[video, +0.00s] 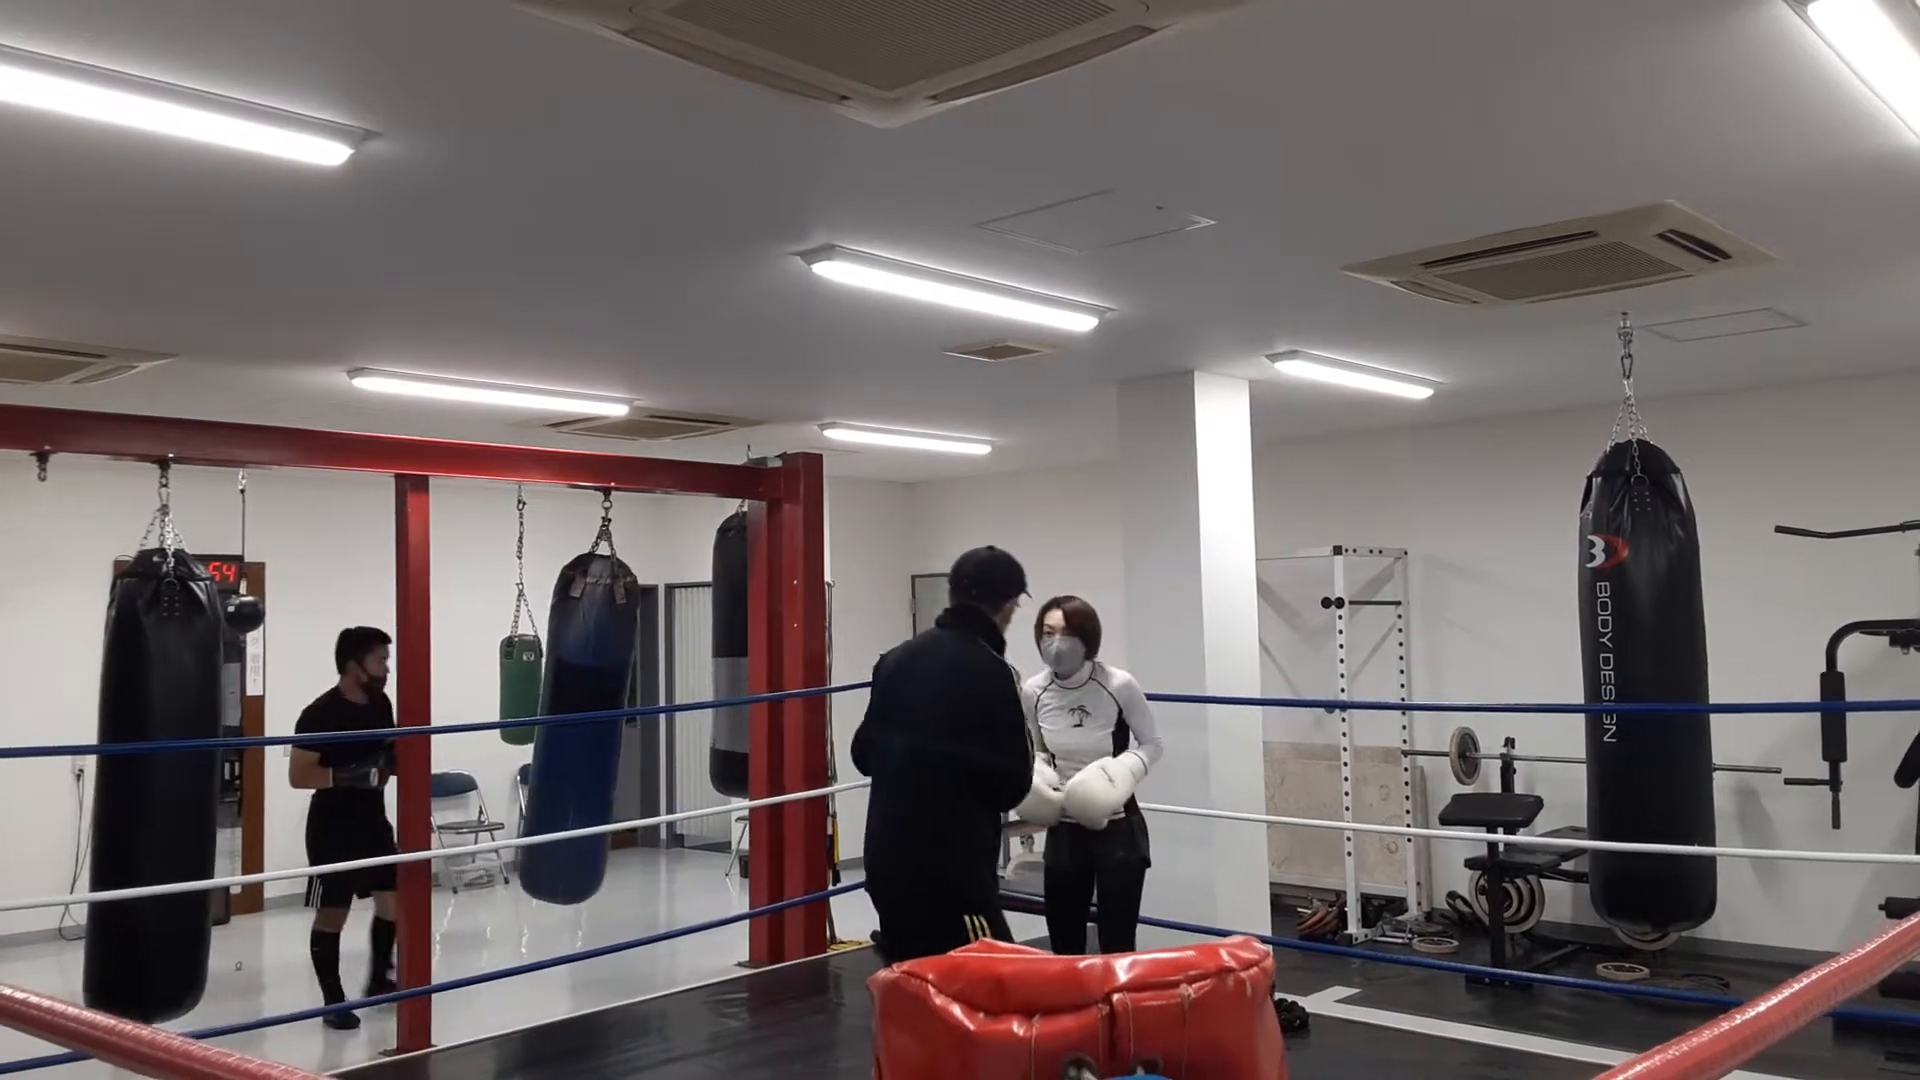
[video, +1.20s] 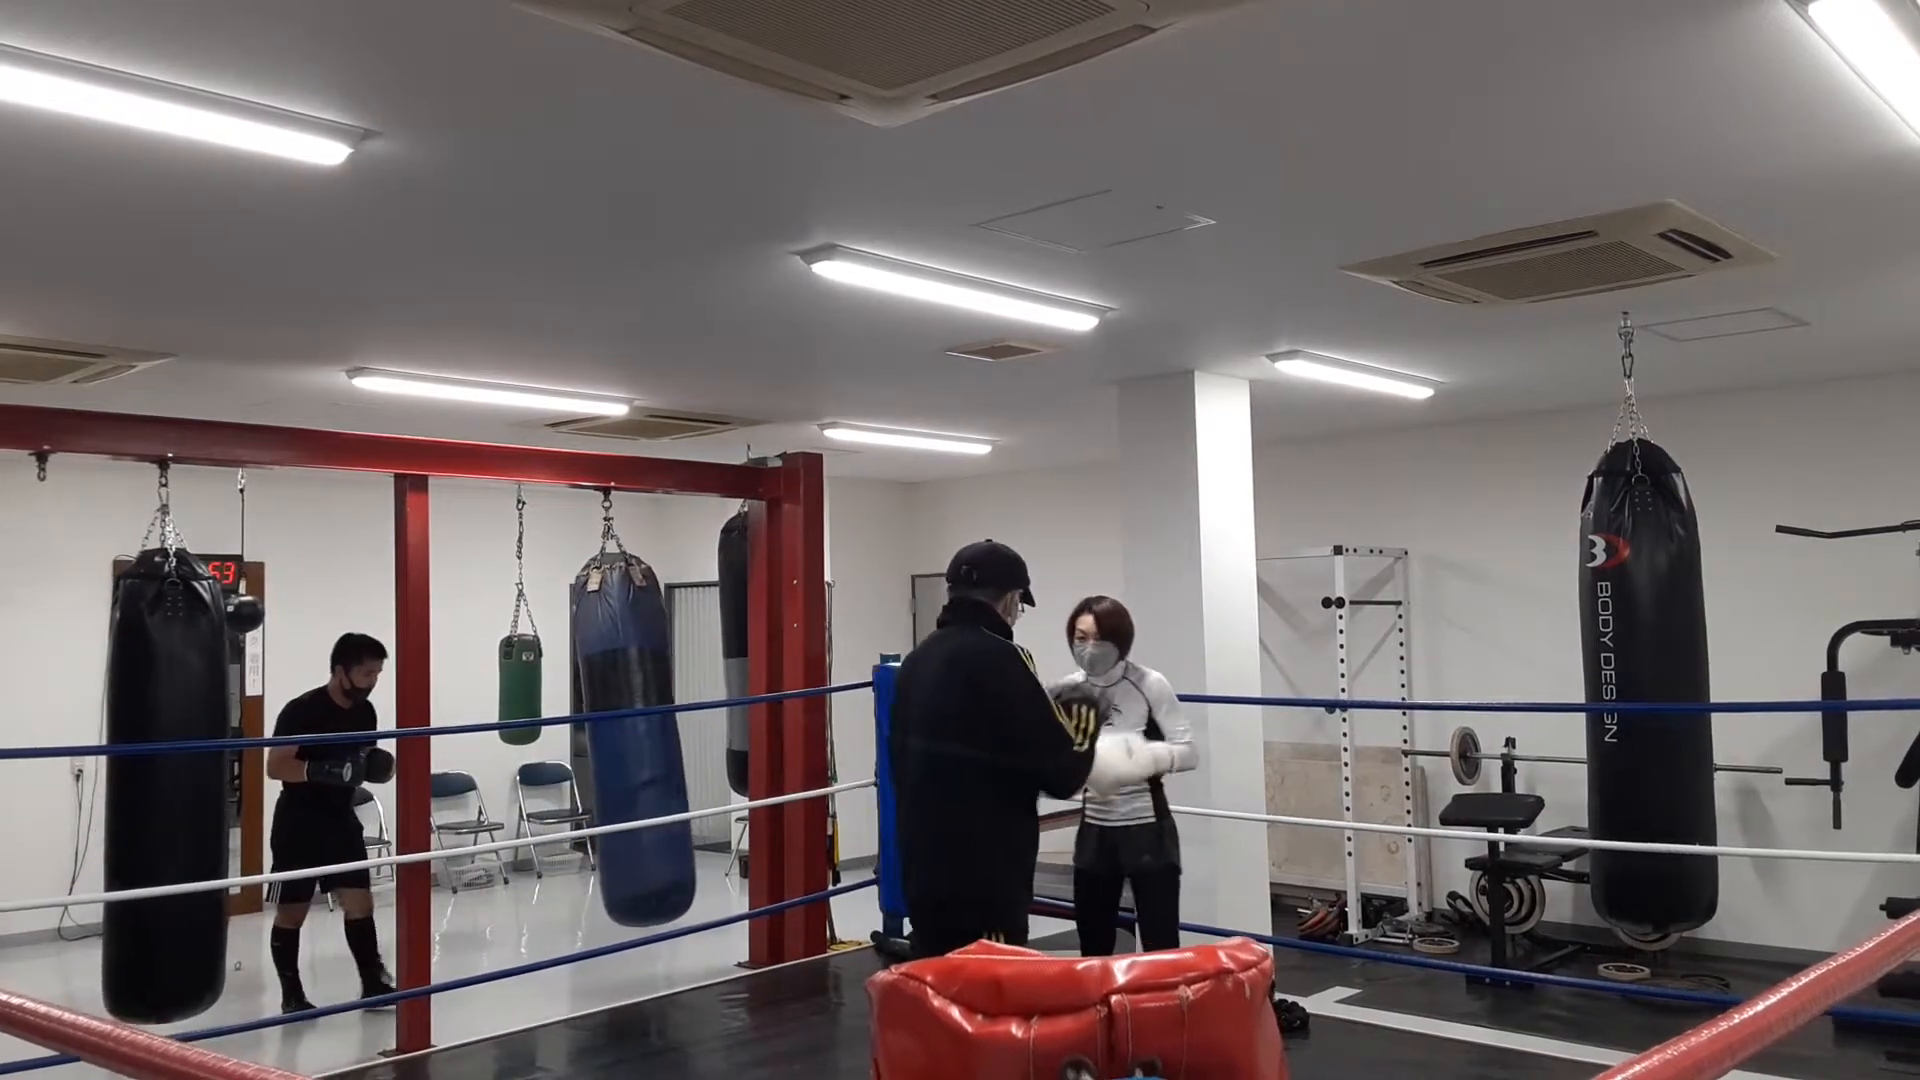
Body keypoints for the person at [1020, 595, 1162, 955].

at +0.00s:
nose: (1055, 643)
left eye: (1067, 634)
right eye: (1047, 633)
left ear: (1087, 639)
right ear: (1039, 639)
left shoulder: (1119, 685)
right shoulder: (1033, 692)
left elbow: (1151, 744)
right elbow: (1035, 751)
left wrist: (1119, 775)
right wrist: (1041, 776)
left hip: (1118, 828)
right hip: (1064, 830)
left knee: (1116, 945)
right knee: (1065, 947)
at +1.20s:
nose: (1089, 648)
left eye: (1099, 638)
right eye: (1080, 638)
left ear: (1119, 640)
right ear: (1071, 641)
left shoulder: (1150, 685)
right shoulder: (1067, 691)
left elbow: (1188, 752)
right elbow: (1050, 752)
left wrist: (1143, 757)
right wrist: (1085, 762)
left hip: (1148, 828)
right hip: (1095, 829)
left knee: (1159, 948)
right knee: (1094, 949)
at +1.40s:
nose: (1098, 642)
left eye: (1107, 631)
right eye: (1096, 633)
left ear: (1126, 637)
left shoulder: (1163, 679)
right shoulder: (1089, 687)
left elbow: (1199, 747)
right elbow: (1080, 759)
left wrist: (1151, 703)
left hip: (1165, 829)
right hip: (1112, 829)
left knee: (1172, 949)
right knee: (1090, 942)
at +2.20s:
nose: (1134, 664)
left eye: (1146, 654)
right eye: (1128, 653)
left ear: (1165, 656)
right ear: (1119, 655)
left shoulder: (1193, 702)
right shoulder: (1127, 716)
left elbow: (1232, 754)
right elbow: (1098, 778)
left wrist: (1184, 705)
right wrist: (1099, 720)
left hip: (1206, 865)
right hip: (1159, 864)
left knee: (1193, 969)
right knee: (1119, 961)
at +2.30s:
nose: (1143, 666)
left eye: (1154, 657)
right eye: (1142, 656)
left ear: (1177, 663)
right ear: (1140, 658)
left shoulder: (1204, 705)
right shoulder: (1140, 713)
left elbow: (1243, 763)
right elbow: (1111, 785)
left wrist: (1184, 727)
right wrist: (1128, 739)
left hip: (1217, 875)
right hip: (1164, 874)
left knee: (1231, 980)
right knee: (1132, 975)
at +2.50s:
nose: (1190, 649)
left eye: (1202, 639)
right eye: (1181, 638)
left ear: (1227, 644)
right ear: (1170, 643)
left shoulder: (1250, 701)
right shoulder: (1162, 703)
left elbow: (1305, 766)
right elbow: (1120, 737)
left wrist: (1275, 726)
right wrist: (1132, 720)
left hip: (1258, 860)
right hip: (1191, 863)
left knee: (1270, 991)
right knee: (1168, 983)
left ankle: (1289, 1069)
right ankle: (1166, 1072)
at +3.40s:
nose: (1200, 648)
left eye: (1212, 637)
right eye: (1194, 639)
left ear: (1244, 640)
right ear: (1188, 644)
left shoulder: (1288, 703)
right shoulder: (1189, 709)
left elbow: (1343, 785)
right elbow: (1138, 760)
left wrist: (1289, 768)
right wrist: (1143, 712)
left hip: (1293, 888)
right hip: (1229, 888)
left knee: (1280, 1032)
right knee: (1214, 1015)